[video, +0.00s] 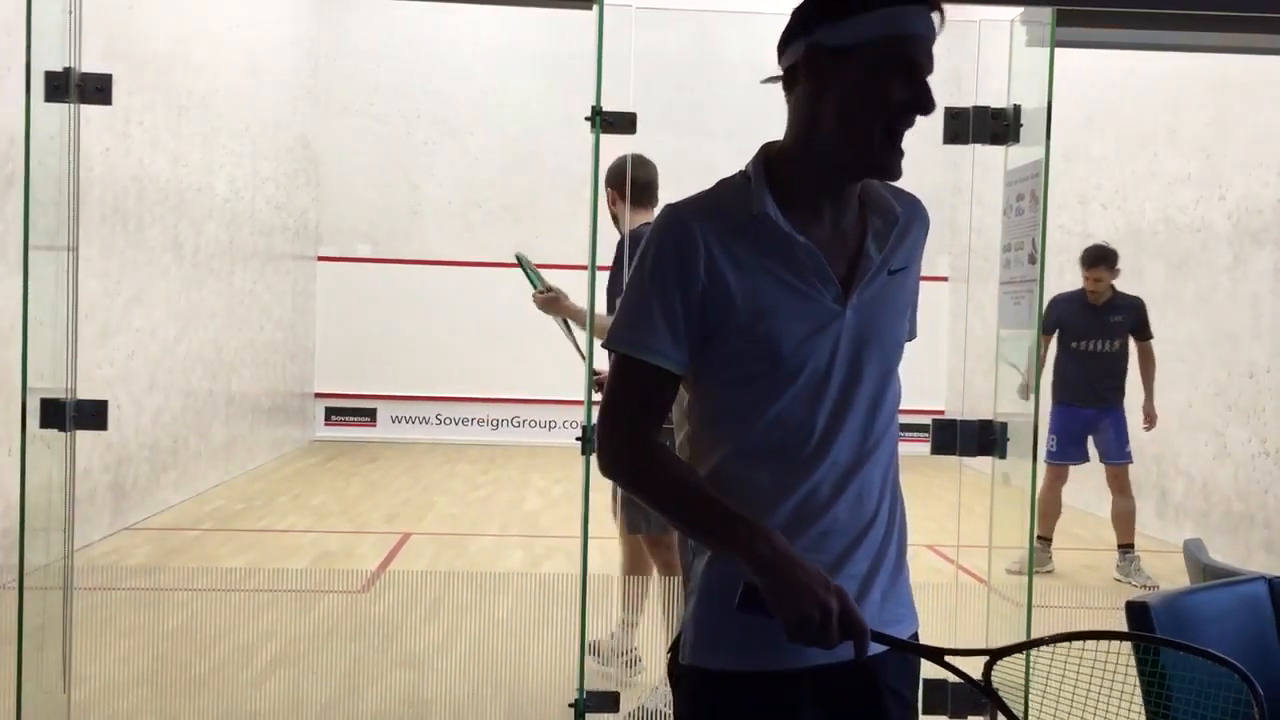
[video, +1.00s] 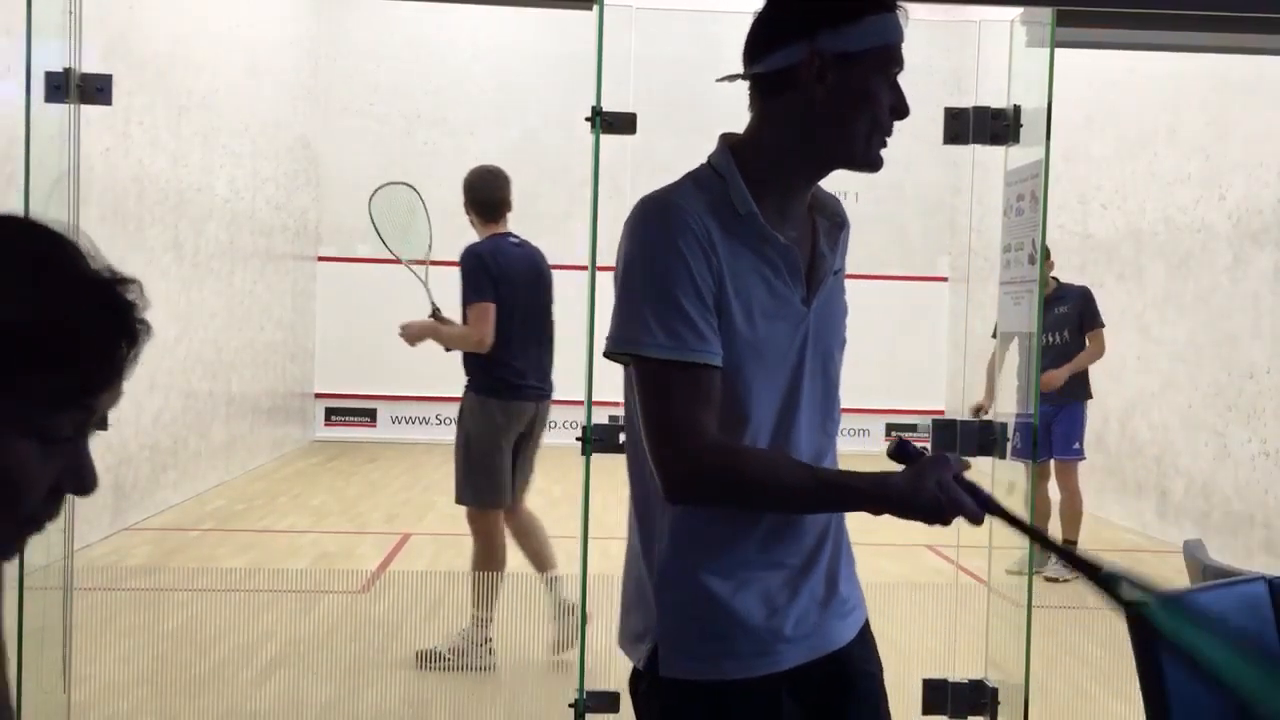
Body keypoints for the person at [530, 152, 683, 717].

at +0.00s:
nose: (601, 201)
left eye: (604, 193)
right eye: (605, 193)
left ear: (612, 194)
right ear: (654, 191)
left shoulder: (636, 245)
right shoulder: (656, 242)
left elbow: (629, 331)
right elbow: (653, 337)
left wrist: (569, 308)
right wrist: (618, 376)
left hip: (654, 413)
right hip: (658, 408)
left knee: (652, 529)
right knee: (646, 529)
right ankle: (629, 637)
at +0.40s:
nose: (581, 209)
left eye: (581, 200)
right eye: (591, 198)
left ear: (586, 204)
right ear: (627, 203)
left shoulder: (595, 254)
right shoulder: (653, 255)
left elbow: (595, 341)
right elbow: (639, 343)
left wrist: (540, 320)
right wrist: (559, 328)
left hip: (612, 418)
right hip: (660, 417)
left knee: (579, 533)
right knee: (652, 530)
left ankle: (639, 654)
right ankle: (662, 655)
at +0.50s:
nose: (567, 217)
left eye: (565, 209)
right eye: (578, 207)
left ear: (568, 210)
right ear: (612, 207)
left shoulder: (581, 255)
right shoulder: (642, 260)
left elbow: (587, 336)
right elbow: (637, 343)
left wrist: (530, 323)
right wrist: (565, 339)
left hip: (599, 414)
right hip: (654, 412)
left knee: (548, 523)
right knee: (641, 524)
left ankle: (590, 650)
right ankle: (656, 650)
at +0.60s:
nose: (545, 221)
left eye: (544, 214)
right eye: (553, 213)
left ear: (548, 215)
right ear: (591, 211)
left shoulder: (566, 260)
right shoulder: (617, 261)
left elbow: (577, 340)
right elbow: (639, 333)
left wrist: (517, 331)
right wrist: (560, 349)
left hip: (581, 415)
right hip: (633, 414)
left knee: (530, 518)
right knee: (632, 525)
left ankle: (528, 643)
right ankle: (655, 647)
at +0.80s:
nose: (504, 221)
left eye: (503, 214)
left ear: (505, 217)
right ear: (547, 213)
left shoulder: (522, 267)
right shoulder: (574, 265)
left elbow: (537, 347)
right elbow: (591, 344)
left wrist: (476, 347)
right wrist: (514, 351)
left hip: (532, 415)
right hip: (574, 416)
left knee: (504, 521)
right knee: (590, 523)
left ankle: (477, 641)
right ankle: (634, 641)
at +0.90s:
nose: (485, 214)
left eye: (483, 205)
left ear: (485, 210)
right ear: (526, 206)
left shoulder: (500, 260)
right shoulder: (553, 260)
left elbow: (509, 342)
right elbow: (541, 344)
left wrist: (452, 338)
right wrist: (472, 339)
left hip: (510, 406)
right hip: (554, 404)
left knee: (493, 516)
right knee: (544, 512)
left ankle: (478, 640)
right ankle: (610, 618)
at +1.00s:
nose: (468, 212)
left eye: (466, 205)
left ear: (467, 207)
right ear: (510, 204)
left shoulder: (479, 256)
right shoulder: (534, 257)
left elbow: (479, 339)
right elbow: (529, 333)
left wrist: (430, 329)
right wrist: (453, 326)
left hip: (492, 402)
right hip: (534, 402)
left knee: (485, 517)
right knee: (513, 507)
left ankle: (478, 638)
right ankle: (562, 600)